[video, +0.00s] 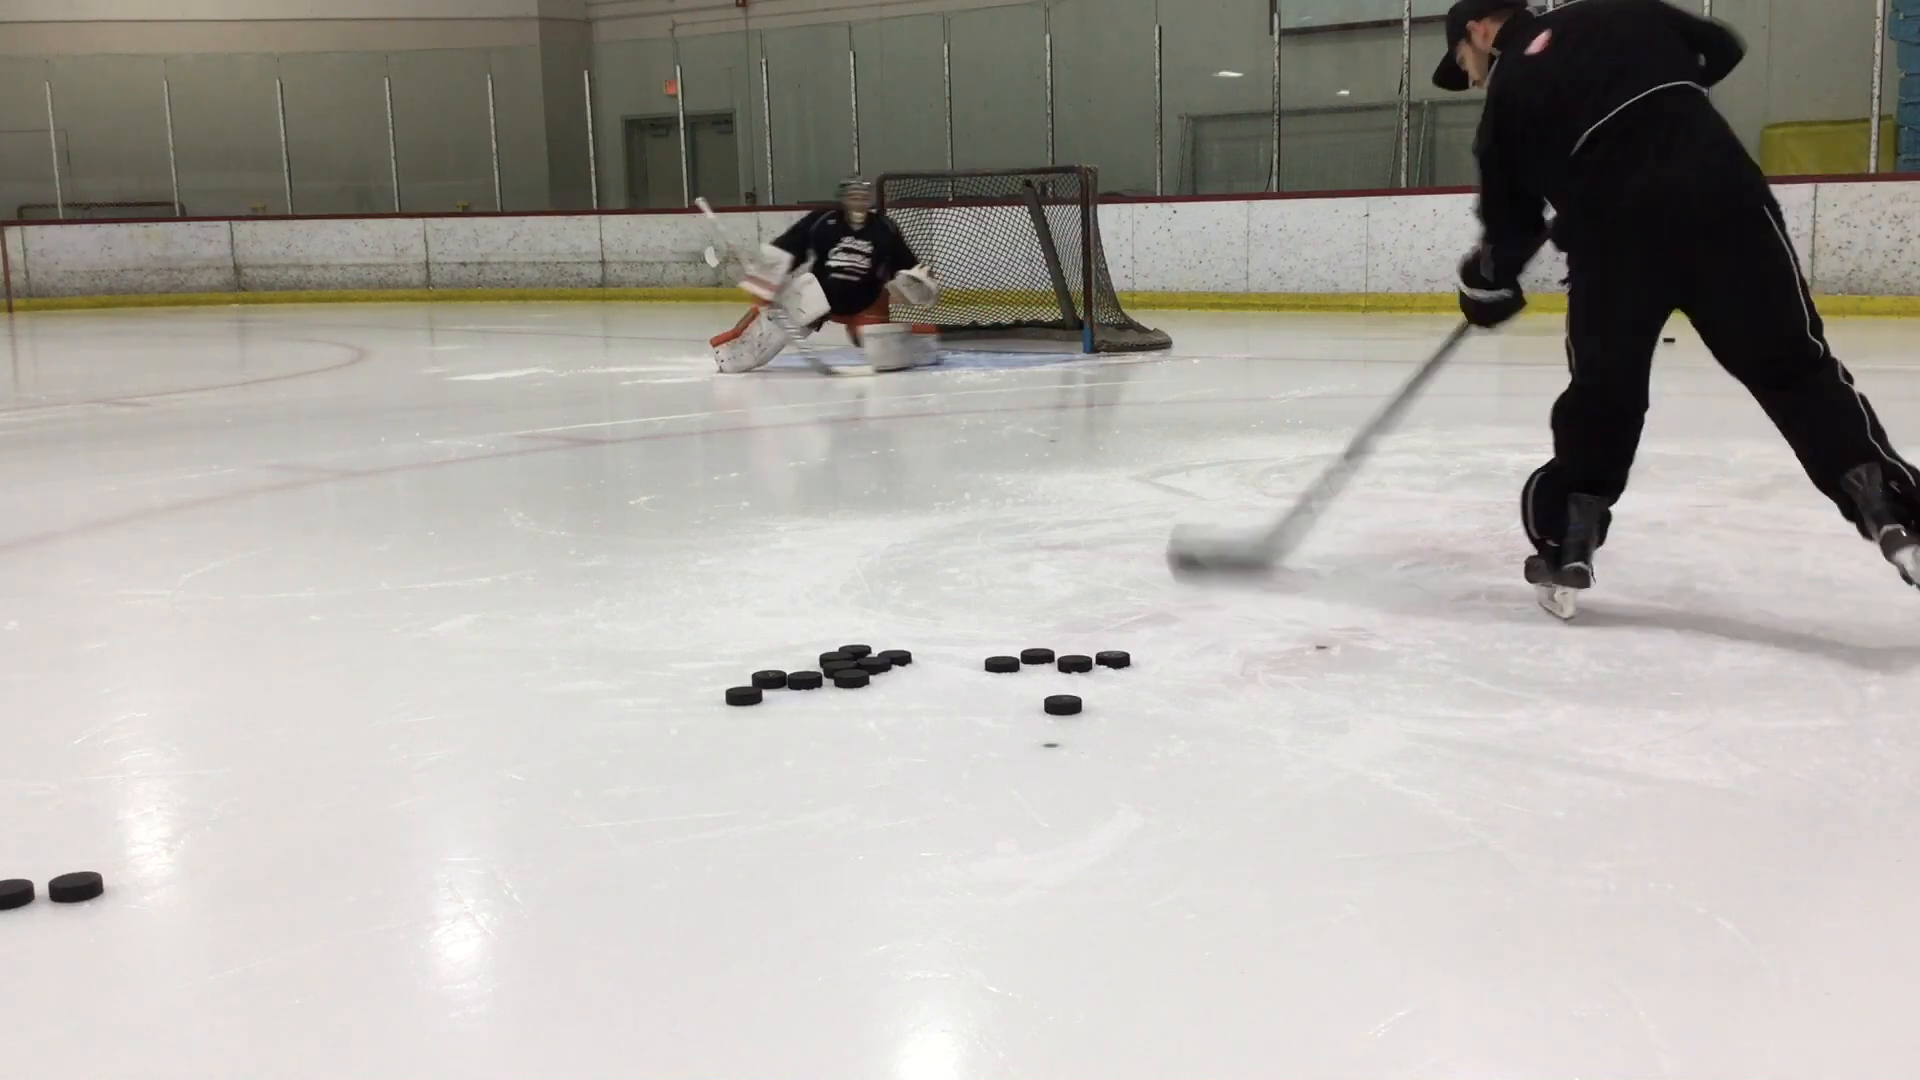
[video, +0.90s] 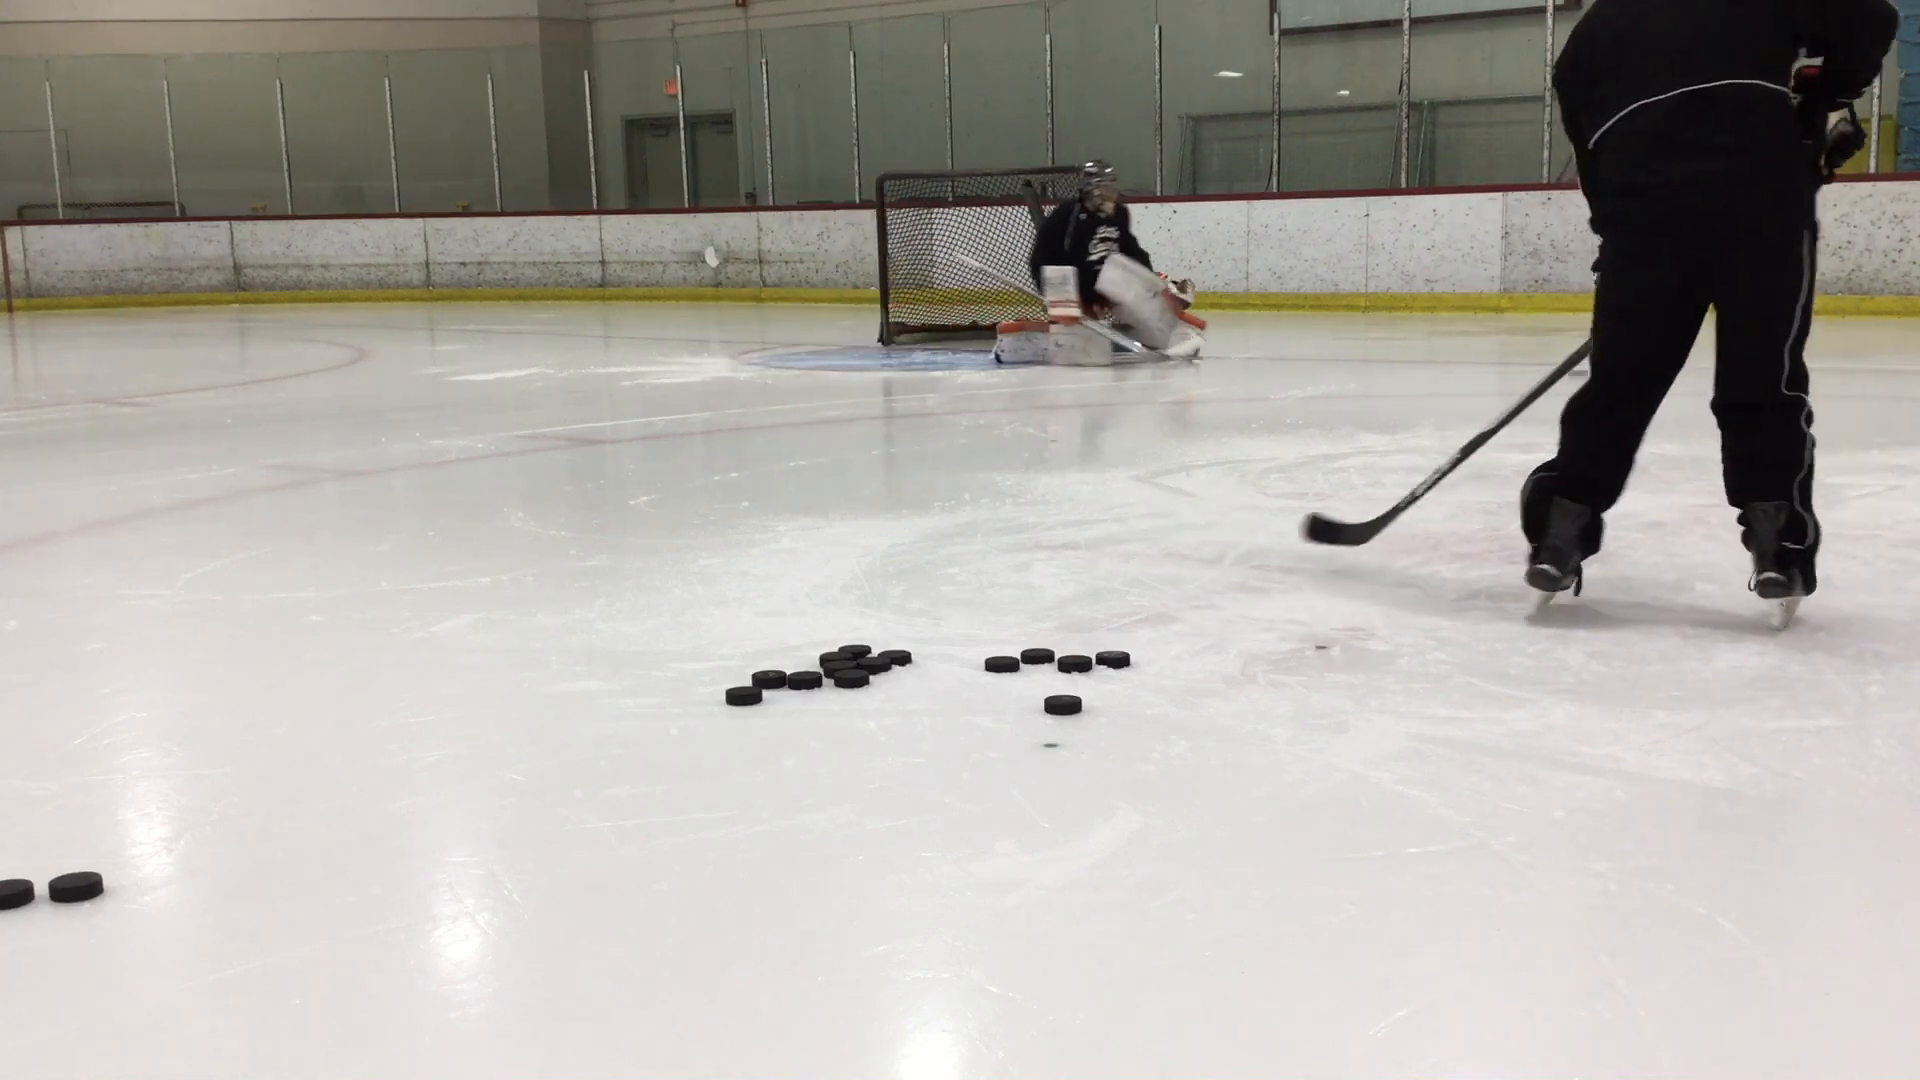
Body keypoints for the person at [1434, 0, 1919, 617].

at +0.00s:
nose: (1472, 76)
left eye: (1466, 62)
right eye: (1464, 68)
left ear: (1481, 29)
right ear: (1522, 13)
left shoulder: (1504, 100)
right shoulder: (1626, 10)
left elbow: (1516, 225)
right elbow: (1723, 44)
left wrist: (1490, 278)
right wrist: (1651, 90)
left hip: (1616, 238)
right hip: (1723, 203)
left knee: (1604, 388)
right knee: (1793, 363)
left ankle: (1572, 537)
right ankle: (1882, 499)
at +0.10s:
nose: (1463, 77)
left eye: (1459, 62)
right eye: (1459, 64)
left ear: (1476, 44)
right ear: (1521, 23)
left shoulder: (1486, 118)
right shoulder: (1620, 13)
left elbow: (1526, 217)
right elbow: (1727, 44)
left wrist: (1547, 232)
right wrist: (1671, 106)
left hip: (1604, 233)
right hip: (1713, 201)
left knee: (1594, 391)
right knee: (1772, 358)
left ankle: (1561, 534)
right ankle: (1863, 492)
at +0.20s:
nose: (1475, 50)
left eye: (1475, 38)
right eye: (1472, 40)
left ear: (1491, 29)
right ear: (1542, 13)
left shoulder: (1497, 93)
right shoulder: (1618, 9)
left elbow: (1492, 153)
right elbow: (1728, 25)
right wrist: (1695, 97)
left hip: (1592, 232)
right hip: (1702, 206)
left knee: (1590, 393)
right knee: (1754, 367)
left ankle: (1558, 531)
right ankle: (1817, 519)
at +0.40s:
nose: (1520, 12)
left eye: (1522, 9)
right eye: (1522, 8)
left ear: (1536, 10)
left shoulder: (1523, 73)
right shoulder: (1656, 4)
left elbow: (1524, 136)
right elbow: (1757, 21)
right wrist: (1726, 91)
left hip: (1580, 228)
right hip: (1687, 210)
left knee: (1588, 386)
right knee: (1720, 387)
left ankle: (1536, 552)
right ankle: (1756, 557)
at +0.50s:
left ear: (1566, 4)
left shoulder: (1542, 56)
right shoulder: (1685, 2)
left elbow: (1530, 121)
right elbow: (1775, 26)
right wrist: (1749, 92)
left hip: (1580, 221)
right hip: (1686, 206)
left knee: (1591, 379)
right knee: (1724, 384)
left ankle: (1537, 548)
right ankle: (1757, 555)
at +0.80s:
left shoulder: (1570, 46)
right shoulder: (1738, 5)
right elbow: (1846, 18)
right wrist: (1819, 92)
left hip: (1622, 228)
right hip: (1734, 215)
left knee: (1606, 381)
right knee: (1750, 391)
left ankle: (1543, 545)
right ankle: (1769, 559)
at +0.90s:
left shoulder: (1588, 36)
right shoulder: (1773, 3)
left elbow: (1596, 157)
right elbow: (1873, 22)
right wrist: (1825, 91)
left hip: (1649, 217)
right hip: (1765, 201)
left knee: (1619, 382)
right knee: (1763, 384)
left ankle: (1563, 528)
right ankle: (1776, 540)